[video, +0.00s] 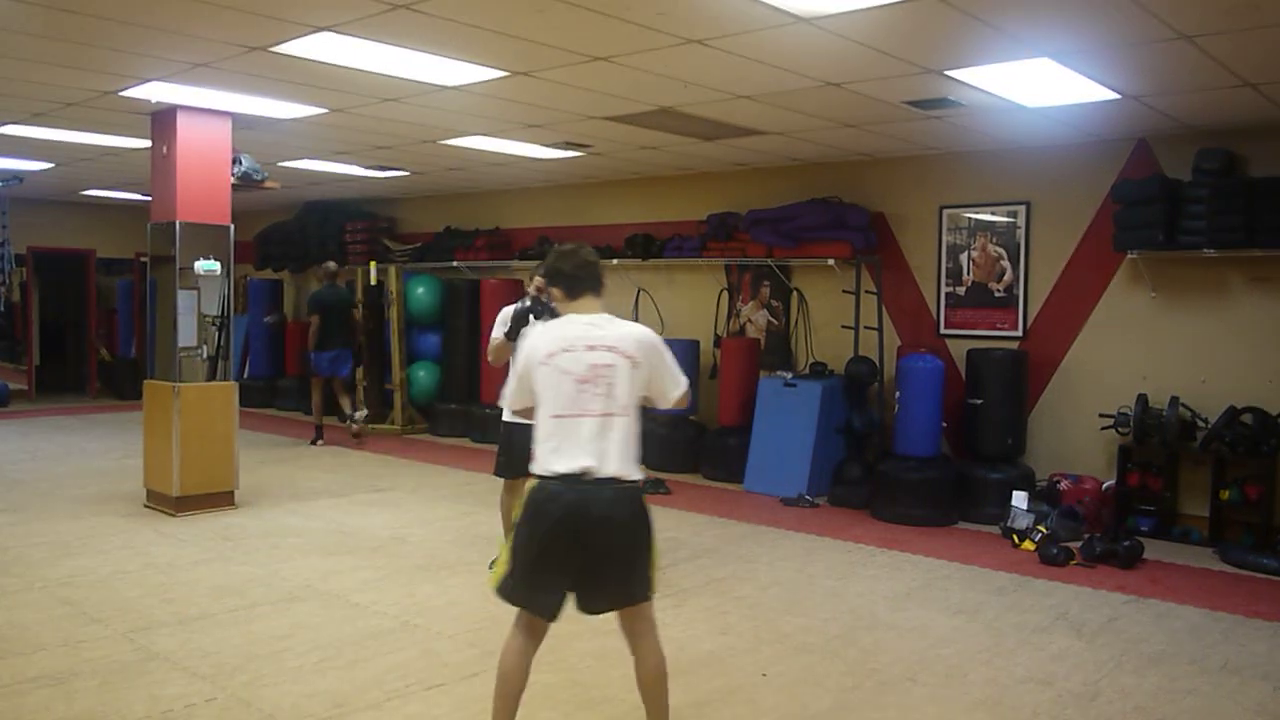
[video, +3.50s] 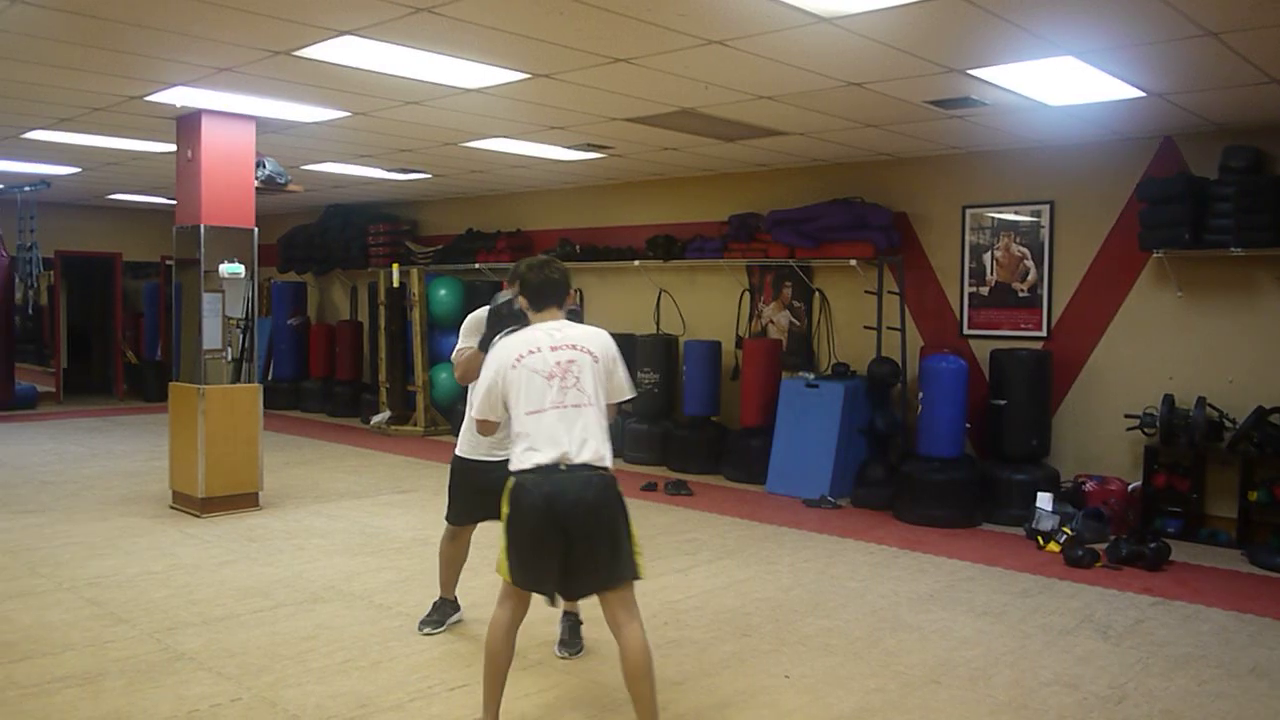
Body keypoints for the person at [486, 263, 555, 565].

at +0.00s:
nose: (539, 295)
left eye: (546, 291)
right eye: (536, 288)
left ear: (557, 292)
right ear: (528, 283)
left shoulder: (566, 320)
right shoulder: (511, 313)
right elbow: (495, 356)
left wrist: (554, 320)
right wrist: (517, 327)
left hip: (556, 414)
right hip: (518, 413)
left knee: (554, 485)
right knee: (513, 485)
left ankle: (549, 553)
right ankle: (510, 548)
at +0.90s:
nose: (544, 294)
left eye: (552, 288)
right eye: (538, 285)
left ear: (559, 288)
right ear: (525, 281)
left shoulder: (571, 322)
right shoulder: (499, 317)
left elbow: (585, 382)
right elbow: (475, 370)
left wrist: (563, 360)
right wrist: (497, 359)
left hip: (551, 433)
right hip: (501, 432)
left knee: (561, 502)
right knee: (482, 502)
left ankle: (572, 575)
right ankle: (457, 579)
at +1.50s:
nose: (489, 290)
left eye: (495, 283)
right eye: (482, 282)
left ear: (501, 283)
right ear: (465, 278)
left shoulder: (511, 314)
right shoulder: (442, 317)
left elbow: (532, 367)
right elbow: (435, 369)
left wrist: (520, 327)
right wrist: (462, 330)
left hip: (511, 426)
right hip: (460, 431)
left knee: (537, 498)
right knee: (459, 508)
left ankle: (537, 567)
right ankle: (456, 581)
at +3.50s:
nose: (524, 300)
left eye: (530, 293)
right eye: (519, 292)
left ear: (538, 292)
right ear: (508, 288)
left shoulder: (552, 326)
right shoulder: (479, 321)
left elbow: (565, 383)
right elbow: (463, 374)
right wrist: (495, 335)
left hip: (537, 451)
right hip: (477, 451)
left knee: (559, 532)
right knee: (457, 528)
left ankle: (570, 614)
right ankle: (446, 600)